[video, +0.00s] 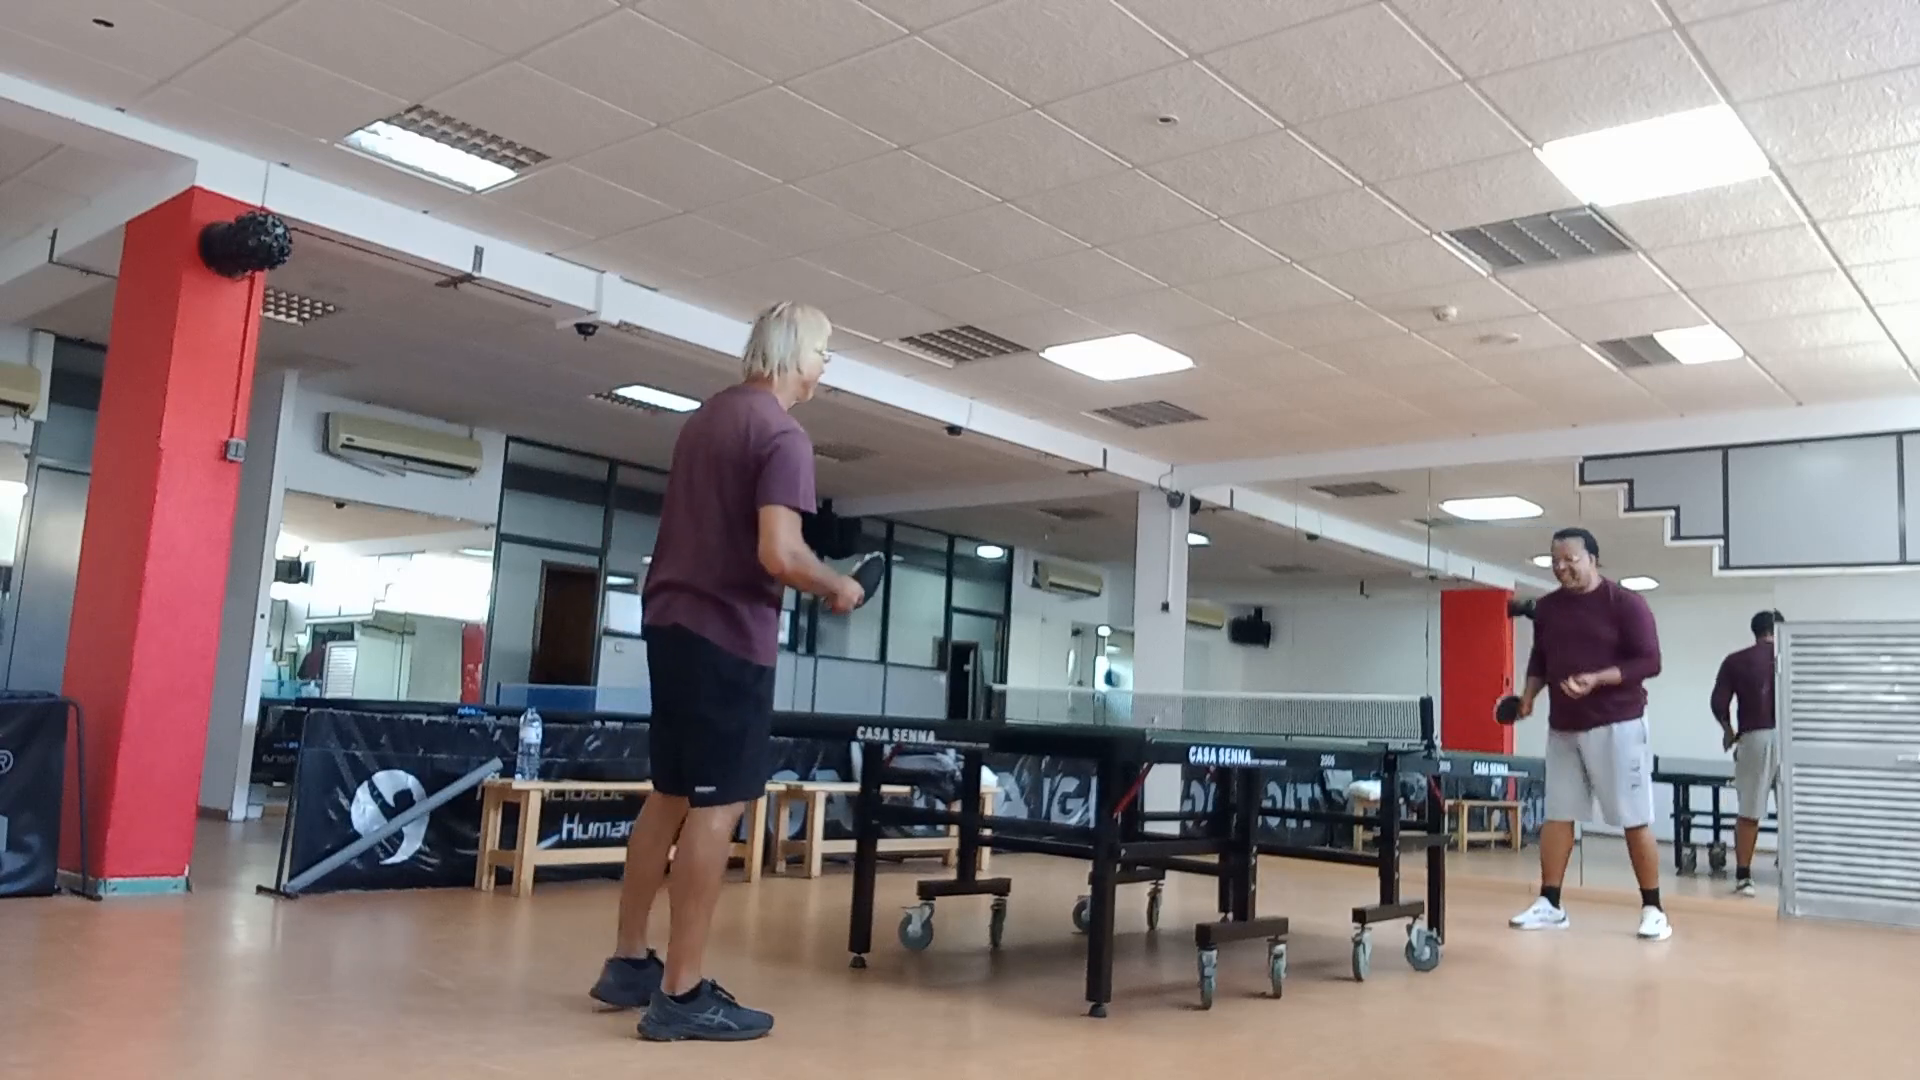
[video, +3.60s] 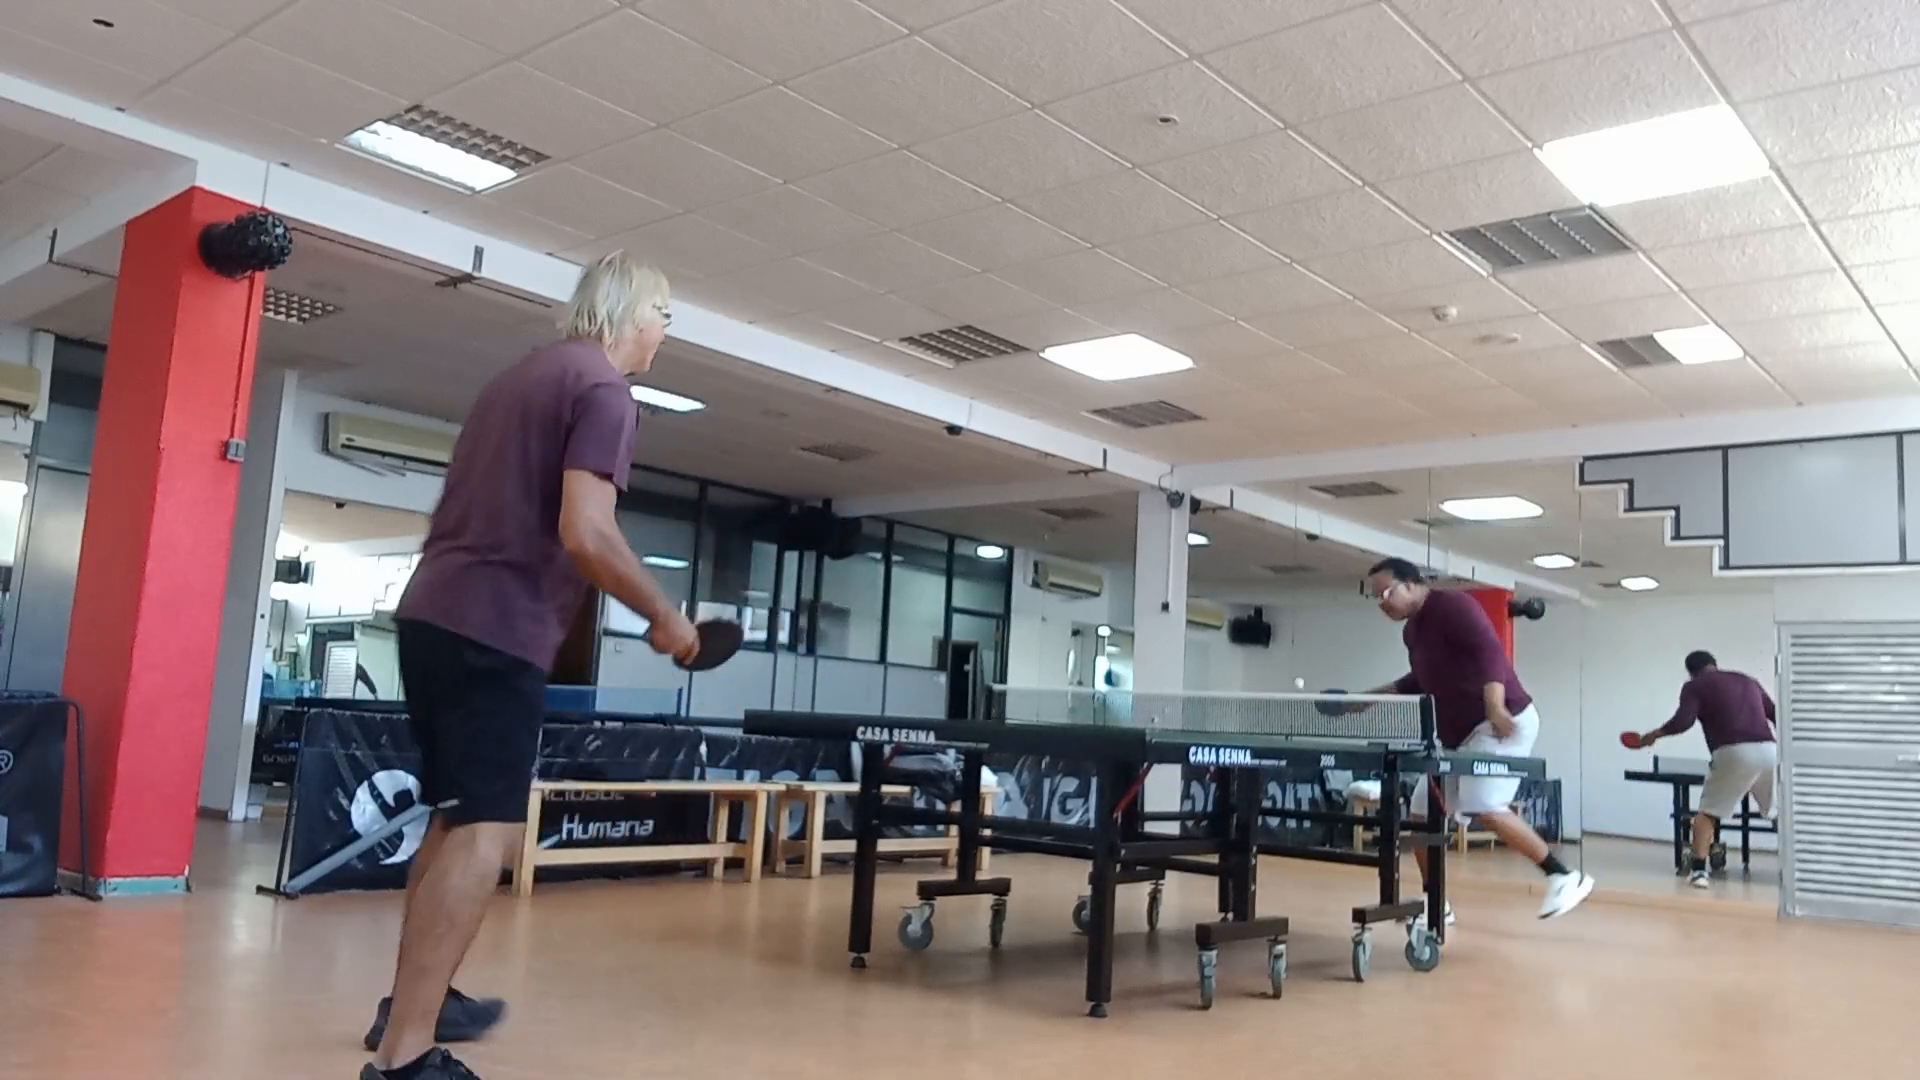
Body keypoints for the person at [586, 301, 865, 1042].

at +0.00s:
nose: (821, 376)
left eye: (822, 362)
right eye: (821, 362)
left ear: (757, 351)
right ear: (801, 360)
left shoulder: (706, 417)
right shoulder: (781, 431)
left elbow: (693, 530)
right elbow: (779, 553)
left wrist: (796, 570)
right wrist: (833, 585)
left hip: (672, 626)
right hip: (726, 637)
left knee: (669, 796)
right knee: (717, 809)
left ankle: (629, 963)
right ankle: (683, 994)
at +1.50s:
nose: (785, 440)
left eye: (790, 428)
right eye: (789, 426)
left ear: (733, 403)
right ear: (770, 414)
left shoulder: (672, 445)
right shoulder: (745, 456)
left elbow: (653, 547)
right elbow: (742, 571)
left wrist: (729, 592)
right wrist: (773, 610)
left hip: (606, 634)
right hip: (669, 644)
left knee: (595, 787)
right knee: (715, 796)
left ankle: (528, 942)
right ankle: (692, 988)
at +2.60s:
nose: (780, 444)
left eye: (782, 430)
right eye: (776, 427)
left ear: (732, 422)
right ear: (740, 422)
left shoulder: (684, 478)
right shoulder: (677, 475)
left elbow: (644, 594)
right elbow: (613, 577)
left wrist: (676, 671)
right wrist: (717, 634)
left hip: (569, 654)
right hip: (591, 654)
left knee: (604, 812)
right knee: (694, 791)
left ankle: (504, 959)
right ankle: (638, 994)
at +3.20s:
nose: (725, 345)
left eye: (725, 331)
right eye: (717, 329)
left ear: (664, 330)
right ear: (680, 332)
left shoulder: (642, 403)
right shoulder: (637, 407)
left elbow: (649, 543)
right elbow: (660, 559)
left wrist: (709, 604)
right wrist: (765, 601)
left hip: (582, 641)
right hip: (585, 645)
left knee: (609, 807)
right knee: (666, 809)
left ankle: (454, 964)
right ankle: (685, 1020)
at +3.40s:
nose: (682, 339)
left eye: (683, 324)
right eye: (678, 322)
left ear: (613, 314)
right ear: (647, 318)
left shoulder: (567, 375)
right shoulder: (608, 381)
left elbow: (543, 533)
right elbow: (600, 520)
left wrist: (615, 615)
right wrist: (700, 590)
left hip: (491, 617)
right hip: (539, 624)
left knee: (509, 807)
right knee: (612, 796)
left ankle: (421, 997)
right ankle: (552, 1024)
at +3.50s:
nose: (668, 339)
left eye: (671, 324)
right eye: (666, 321)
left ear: (598, 308)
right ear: (634, 314)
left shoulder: (543, 370)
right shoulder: (602, 381)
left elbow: (512, 519)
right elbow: (591, 523)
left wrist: (571, 621)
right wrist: (675, 601)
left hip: (466, 614)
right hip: (518, 625)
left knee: (486, 808)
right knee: (558, 809)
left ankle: (419, 1000)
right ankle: (438, 1023)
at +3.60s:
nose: (663, 342)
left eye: (665, 327)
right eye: (662, 325)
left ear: (589, 310)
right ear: (634, 319)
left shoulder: (522, 374)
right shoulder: (603, 386)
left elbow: (475, 511)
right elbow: (586, 530)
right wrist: (663, 614)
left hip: (436, 615)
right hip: (493, 629)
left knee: (456, 816)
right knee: (486, 832)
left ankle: (418, 996)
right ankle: (405, 1052)